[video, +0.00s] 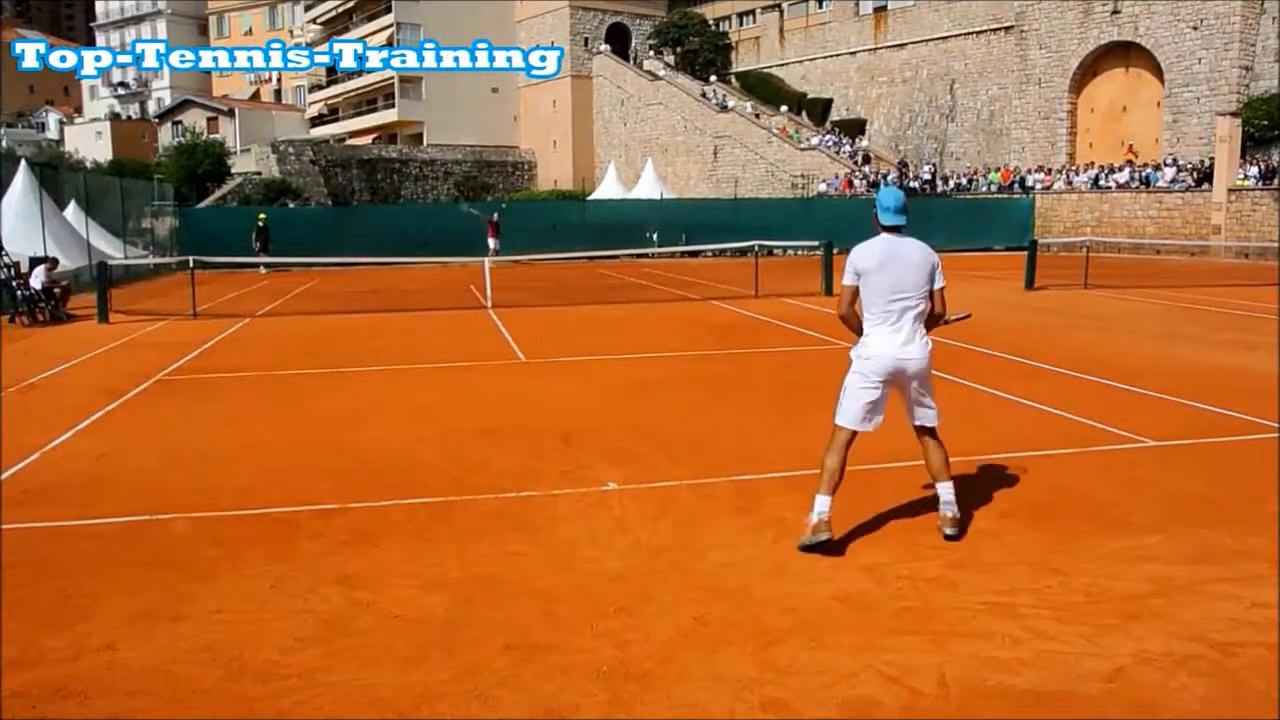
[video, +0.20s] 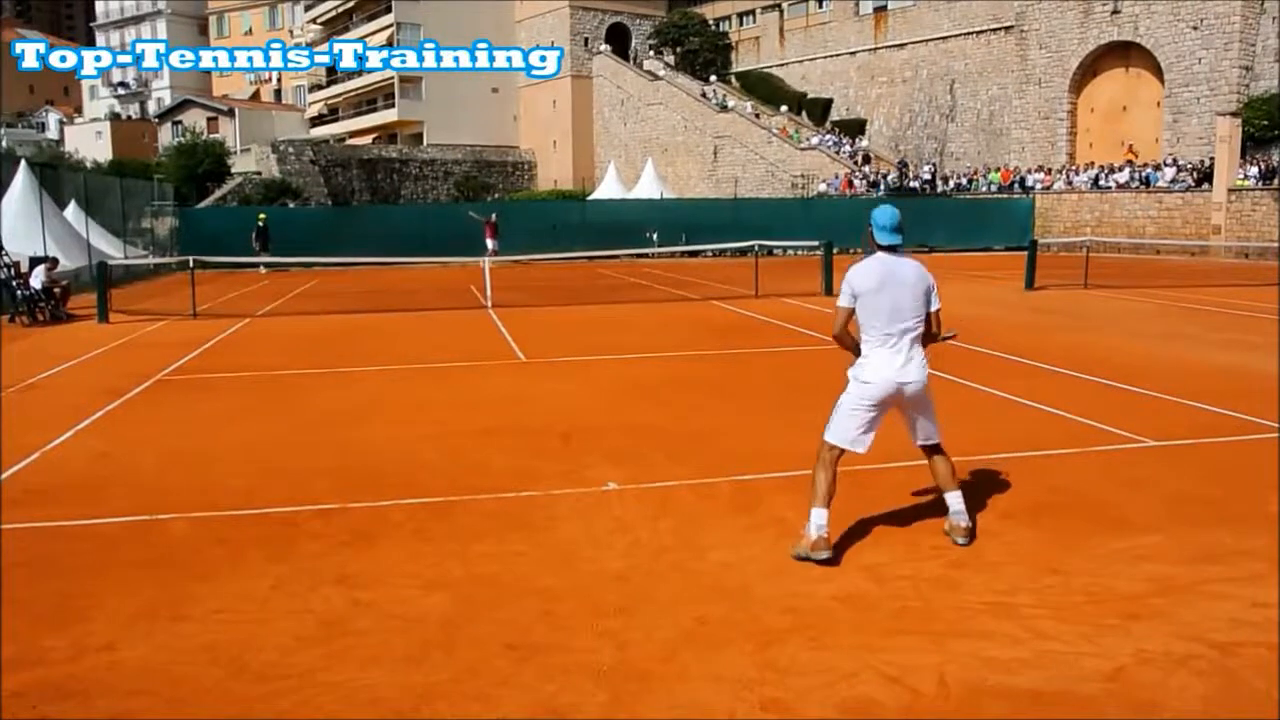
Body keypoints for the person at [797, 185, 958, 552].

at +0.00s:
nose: (882, 217)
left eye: (878, 212)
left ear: (877, 215)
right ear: (905, 215)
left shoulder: (860, 253)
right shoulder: (926, 253)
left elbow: (845, 310)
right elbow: (939, 312)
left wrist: (868, 337)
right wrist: (914, 330)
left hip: (872, 352)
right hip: (915, 352)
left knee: (841, 437)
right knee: (927, 431)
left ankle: (820, 519)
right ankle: (950, 511)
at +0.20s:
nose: (865, 236)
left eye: (867, 231)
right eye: (872, 230)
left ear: (871, 235)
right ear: (900, 235)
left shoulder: (857, 273)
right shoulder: (921, 273)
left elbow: (839, 332)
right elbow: (933, 332)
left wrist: (864, 354)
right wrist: (907, 348)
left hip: (871, 371)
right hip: (914, 368)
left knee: (828, 453)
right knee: (932, 446)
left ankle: (817, 535)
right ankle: (960, 520)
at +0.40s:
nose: (865, 242)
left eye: (866, 237)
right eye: (875, 237)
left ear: (867, 241)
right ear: (896, 240)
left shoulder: (855, 278)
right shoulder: (913, 278)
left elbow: (834, 339)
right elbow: (931, 337)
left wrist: (854, 362)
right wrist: (902, 354)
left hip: (870, 383)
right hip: (912, 379)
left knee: (821, 453)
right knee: (930, 445)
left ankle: (819, 537)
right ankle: (960, 519)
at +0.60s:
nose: (853, 246)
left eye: (851, 241)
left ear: (853, 244)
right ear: (882, 245)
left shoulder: (842, 282)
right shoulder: (899, 282)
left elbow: (824, 344)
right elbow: (913, 341)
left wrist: (836, 375)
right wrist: (880, 346)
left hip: (863, 387)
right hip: (902, 385)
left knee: (806, 449)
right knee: (920, 449)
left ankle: (824, 534)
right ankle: (959, 518)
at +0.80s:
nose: (841, 242)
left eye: (841, 238)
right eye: (848, 236)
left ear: (844, 241)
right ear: (873, 241)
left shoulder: (835, 279)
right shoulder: (890, 279)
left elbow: (818, 341)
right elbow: (903, 337)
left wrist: (823, 370)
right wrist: (870, 353)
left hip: (855, 386)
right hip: (895, 384)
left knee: (799, 449)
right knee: (910, 450)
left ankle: (824, 535)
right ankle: (956, 519)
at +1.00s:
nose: (820, 238)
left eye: (820, 233)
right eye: (824, 232)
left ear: (823, 236)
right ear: (854, 236)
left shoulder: (819, 272)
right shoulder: (870, 272)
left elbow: (805, 332)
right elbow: (879, 331)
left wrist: (796, 361)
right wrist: (829, 352)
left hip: (843, 383)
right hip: (879, 378)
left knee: (793, 450)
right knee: (874, 448)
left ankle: (824, 537)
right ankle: (933, 508)